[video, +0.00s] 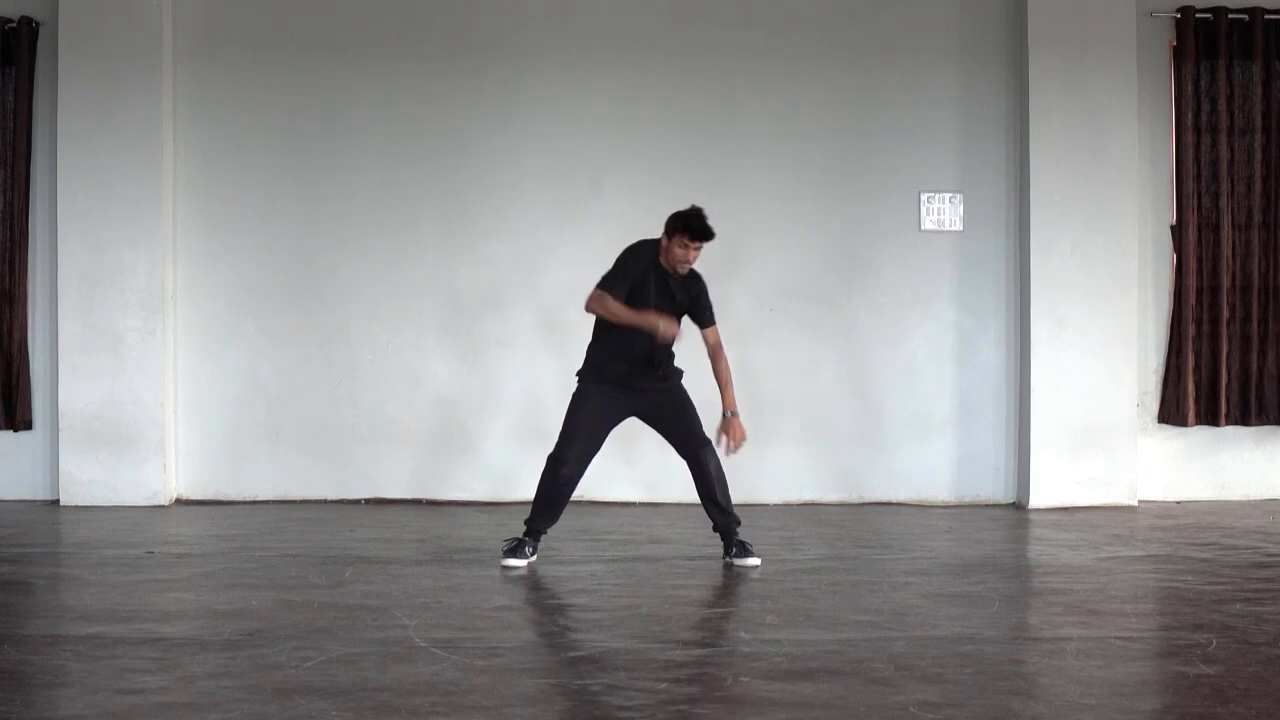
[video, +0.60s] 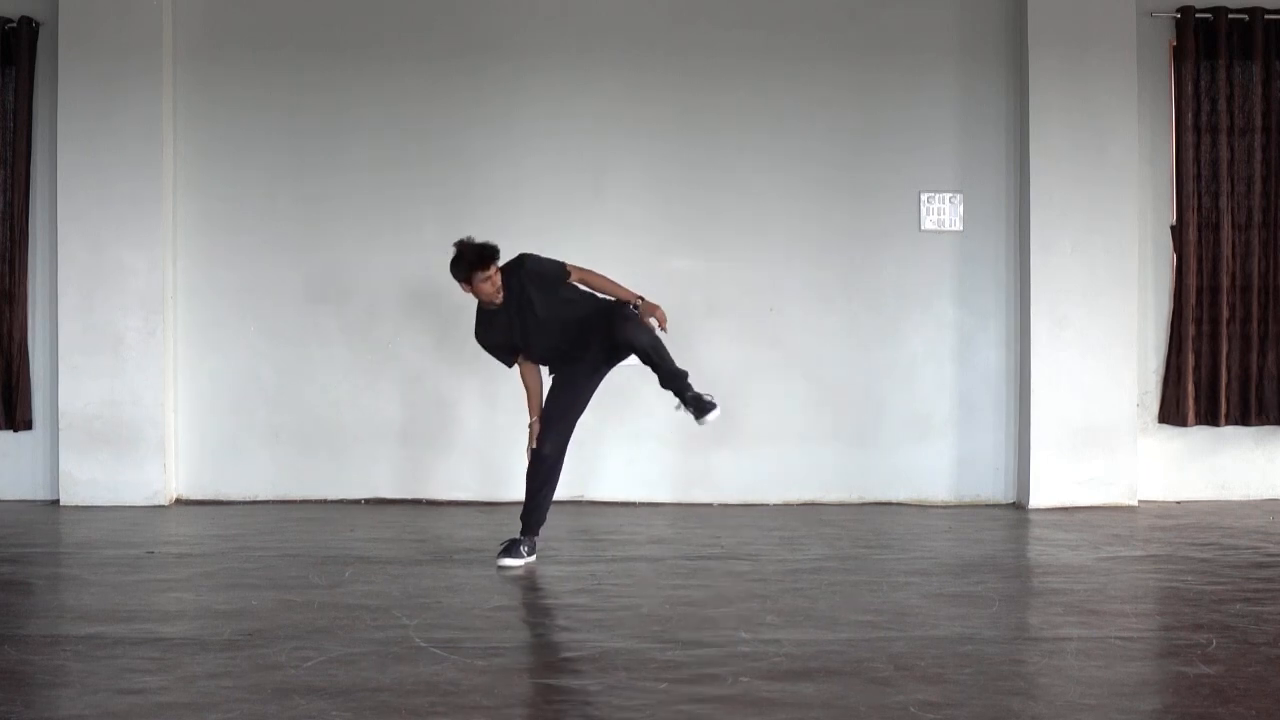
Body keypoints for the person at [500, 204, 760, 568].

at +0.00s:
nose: (690, 256)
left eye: (697, 250)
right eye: (684, 247)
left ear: (702, 249)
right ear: (666, 239)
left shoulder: (693, 285)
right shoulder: (638, 257)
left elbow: (715, 347)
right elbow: (596, 302)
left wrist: (731, 411)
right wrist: (650, 320)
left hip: (659, 388)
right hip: (604, 384)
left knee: (702, 453)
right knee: (566, 460)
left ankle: (732, 540)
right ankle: (530, 538)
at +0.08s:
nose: (664, 243)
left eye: (670, 236)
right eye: (656, 234)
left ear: (675, 239)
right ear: (638, 233)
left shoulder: (673, 285)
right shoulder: (608, 253)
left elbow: (703, 348)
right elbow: (549, 258)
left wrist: (737, 406)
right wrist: (592, 257)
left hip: (658, 392)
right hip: (601, 388)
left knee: (698, 458)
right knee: (556, 458)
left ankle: (732, 540)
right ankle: (527, 538)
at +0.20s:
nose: (584, 231)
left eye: (589, 222)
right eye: (575, 224)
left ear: (597, 219)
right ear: (560, 224)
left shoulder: (623, 252)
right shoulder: (551, 261)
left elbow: (659, 296)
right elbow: (535, 295)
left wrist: (691, 348)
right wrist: (506, 300)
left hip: (651, 378)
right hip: (596, 385)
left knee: (696, 454)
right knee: (557, 462)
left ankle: (732, 538)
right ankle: (528, 539)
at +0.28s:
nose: (543, 243)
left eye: (544, 233)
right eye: (532, 239)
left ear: (548, 226)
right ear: (515, 243)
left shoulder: (581, 240)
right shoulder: (525, 290)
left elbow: (627, 273)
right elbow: (538, 350)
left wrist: (658, 323)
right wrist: (510, 413)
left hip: (643, 357)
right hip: (593, 374)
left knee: (691, 436)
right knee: (562, 454)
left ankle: (705, 513)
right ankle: (528, 538)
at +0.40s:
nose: (518, 265)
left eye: (518, 255)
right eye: (507, 262)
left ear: (521, 249)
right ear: (489, 267)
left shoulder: (547, 253)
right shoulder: (504, 314)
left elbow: (600, 273)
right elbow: (545, 357)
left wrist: (651, 307)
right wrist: (543, 420)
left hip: (627, 336)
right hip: (585, 367)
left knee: (677, 381)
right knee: (554, 450)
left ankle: (666, 416)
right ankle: (527, 539)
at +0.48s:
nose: (507, 274)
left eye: (508, 264)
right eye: (496, 271)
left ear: (511, 257)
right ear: (480, 276)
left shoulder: (537, 259)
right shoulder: (497, 320)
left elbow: (592, 274)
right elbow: (531, 360)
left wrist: (648, 302)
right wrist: (539, 422)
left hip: (616, 328)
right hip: (579, 364)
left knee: (656, 341)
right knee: (552, 448)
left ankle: (662, 383)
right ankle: (528, 540)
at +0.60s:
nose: (496, 284)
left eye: (496, 274)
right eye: (485, 281)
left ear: (498, 266)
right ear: (466, 288)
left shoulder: (525, 268)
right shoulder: (487, 331)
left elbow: (581, 276)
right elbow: (527, 364)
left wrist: (640, 302)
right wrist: (535, 418)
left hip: (606, 327)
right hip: (574, 367)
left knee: (631, 326)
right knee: (547, 443)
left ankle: (687, 394)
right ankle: (528, 538)